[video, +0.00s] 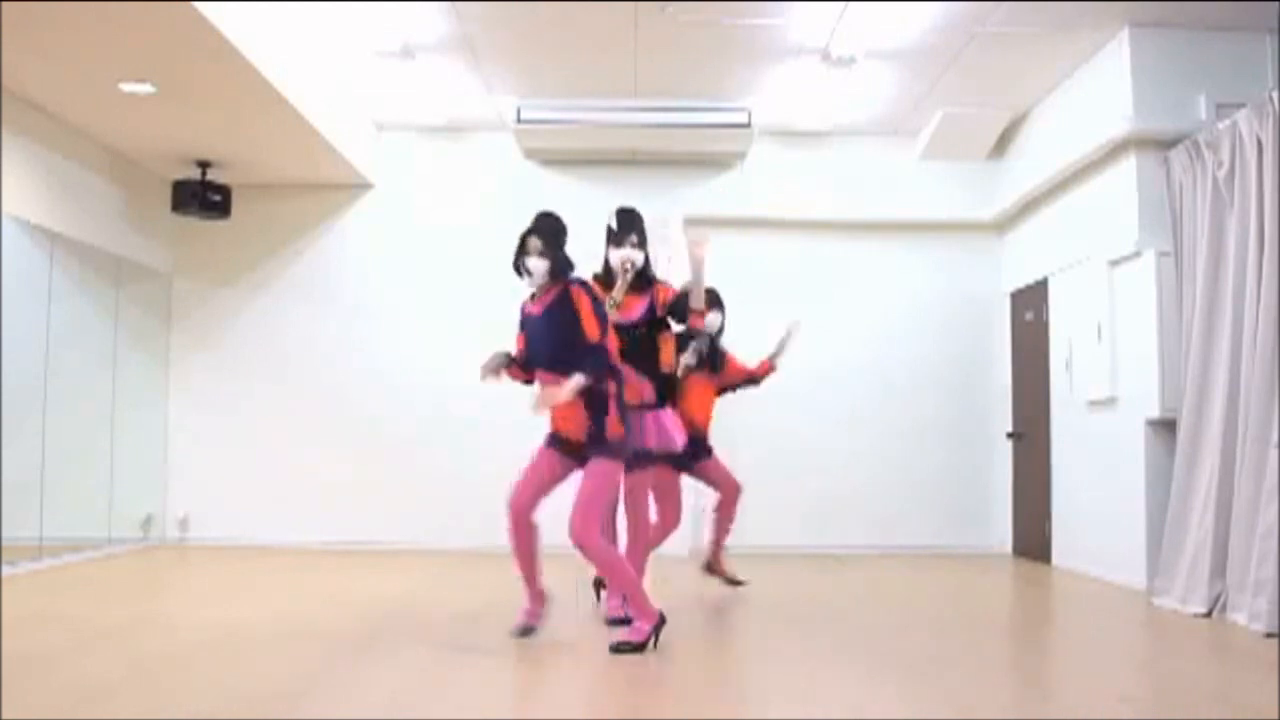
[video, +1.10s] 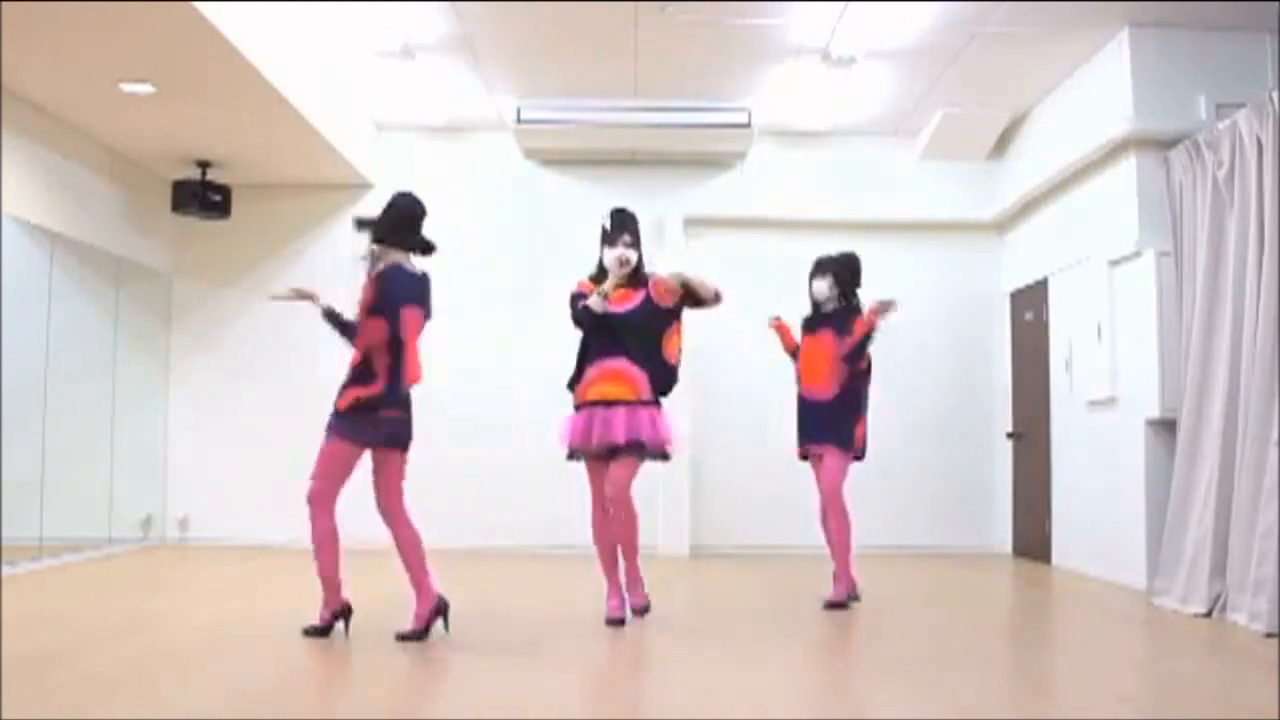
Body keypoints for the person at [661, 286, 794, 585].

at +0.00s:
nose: (706, 321)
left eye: (713, 314)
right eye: (699, 313)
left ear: (720, 319)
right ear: (688, 315)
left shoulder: (716, 358)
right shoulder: (671, 347)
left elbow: (750, 376)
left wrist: (778, 351)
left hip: (693, 444)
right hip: (661, 444)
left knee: (730, 488)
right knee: (668, 517)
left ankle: (715, 558)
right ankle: (617, 574)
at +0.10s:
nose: (736, 300)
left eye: (737, 292)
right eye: (729, 292)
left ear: (737, 298)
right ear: (709, 296)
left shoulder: (741, 340)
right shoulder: (685, 336)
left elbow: (778, 350)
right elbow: (671, 374)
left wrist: (816, 345)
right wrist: (694, 348)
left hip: (722, 434)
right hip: (688, 433)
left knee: (757, 494)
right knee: (681, 508)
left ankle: (774, 566)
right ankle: (633, 558)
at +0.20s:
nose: (753, 298)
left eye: (757, 291)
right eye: (746, 291)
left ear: (761, 294)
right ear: (730, 294)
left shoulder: (765, 331)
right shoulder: (714, 332)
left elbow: (796, 347)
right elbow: (693, 364)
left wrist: (822, 358)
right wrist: (723, 359)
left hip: (754, 421)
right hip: (722, 423)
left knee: (780, 496)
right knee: (730, 504)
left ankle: (781, 566)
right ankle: (662, 549)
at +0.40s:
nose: (791, 291)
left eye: (794, 283)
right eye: (783, 285)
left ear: (800, 287)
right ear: (768, 289)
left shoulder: (805, 331)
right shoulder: (756, 329)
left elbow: (812, 381)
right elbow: (747, 380)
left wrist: (815, 424)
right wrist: (743, 428)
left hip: (794, 417)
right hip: (763, 417)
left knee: (792, 491)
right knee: (800, 486)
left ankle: (784, 566)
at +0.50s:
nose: (805, 293)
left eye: (808, 286)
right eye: (797, 286)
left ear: (815, 290)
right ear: (784, 291)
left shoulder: (820, 333)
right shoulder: (771, 330)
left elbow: (823, 382)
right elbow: (761, 380)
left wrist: (832, 417)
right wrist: (762, 420)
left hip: (814, 421)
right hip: (784, 422)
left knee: (820, 495)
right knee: (818, 491)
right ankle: (833, 569)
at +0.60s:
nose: (815, 292)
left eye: (819, 284)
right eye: (807, 286)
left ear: (826, 288)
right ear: (796, 290)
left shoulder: (832, 330)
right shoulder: (782, 327)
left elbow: (842, 373)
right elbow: (757, 373)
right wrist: (778, 376)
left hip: (828, 419)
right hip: (796, 422)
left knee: (847, 492)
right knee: (830, 491)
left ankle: (825, 553)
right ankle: (834, 566)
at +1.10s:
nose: (817, 287)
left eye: (824, 280)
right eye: (814, 280)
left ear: (842, 283)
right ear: (811, 284)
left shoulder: (852, 320)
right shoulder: (812, 323)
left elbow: (849, 353)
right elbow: (803, 361)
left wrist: (869, 322)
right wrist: (785, 337)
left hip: (842, 414)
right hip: (813, 413)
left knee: (832, 492)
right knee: (827, 495)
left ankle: (843, 577)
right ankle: (842, 576)